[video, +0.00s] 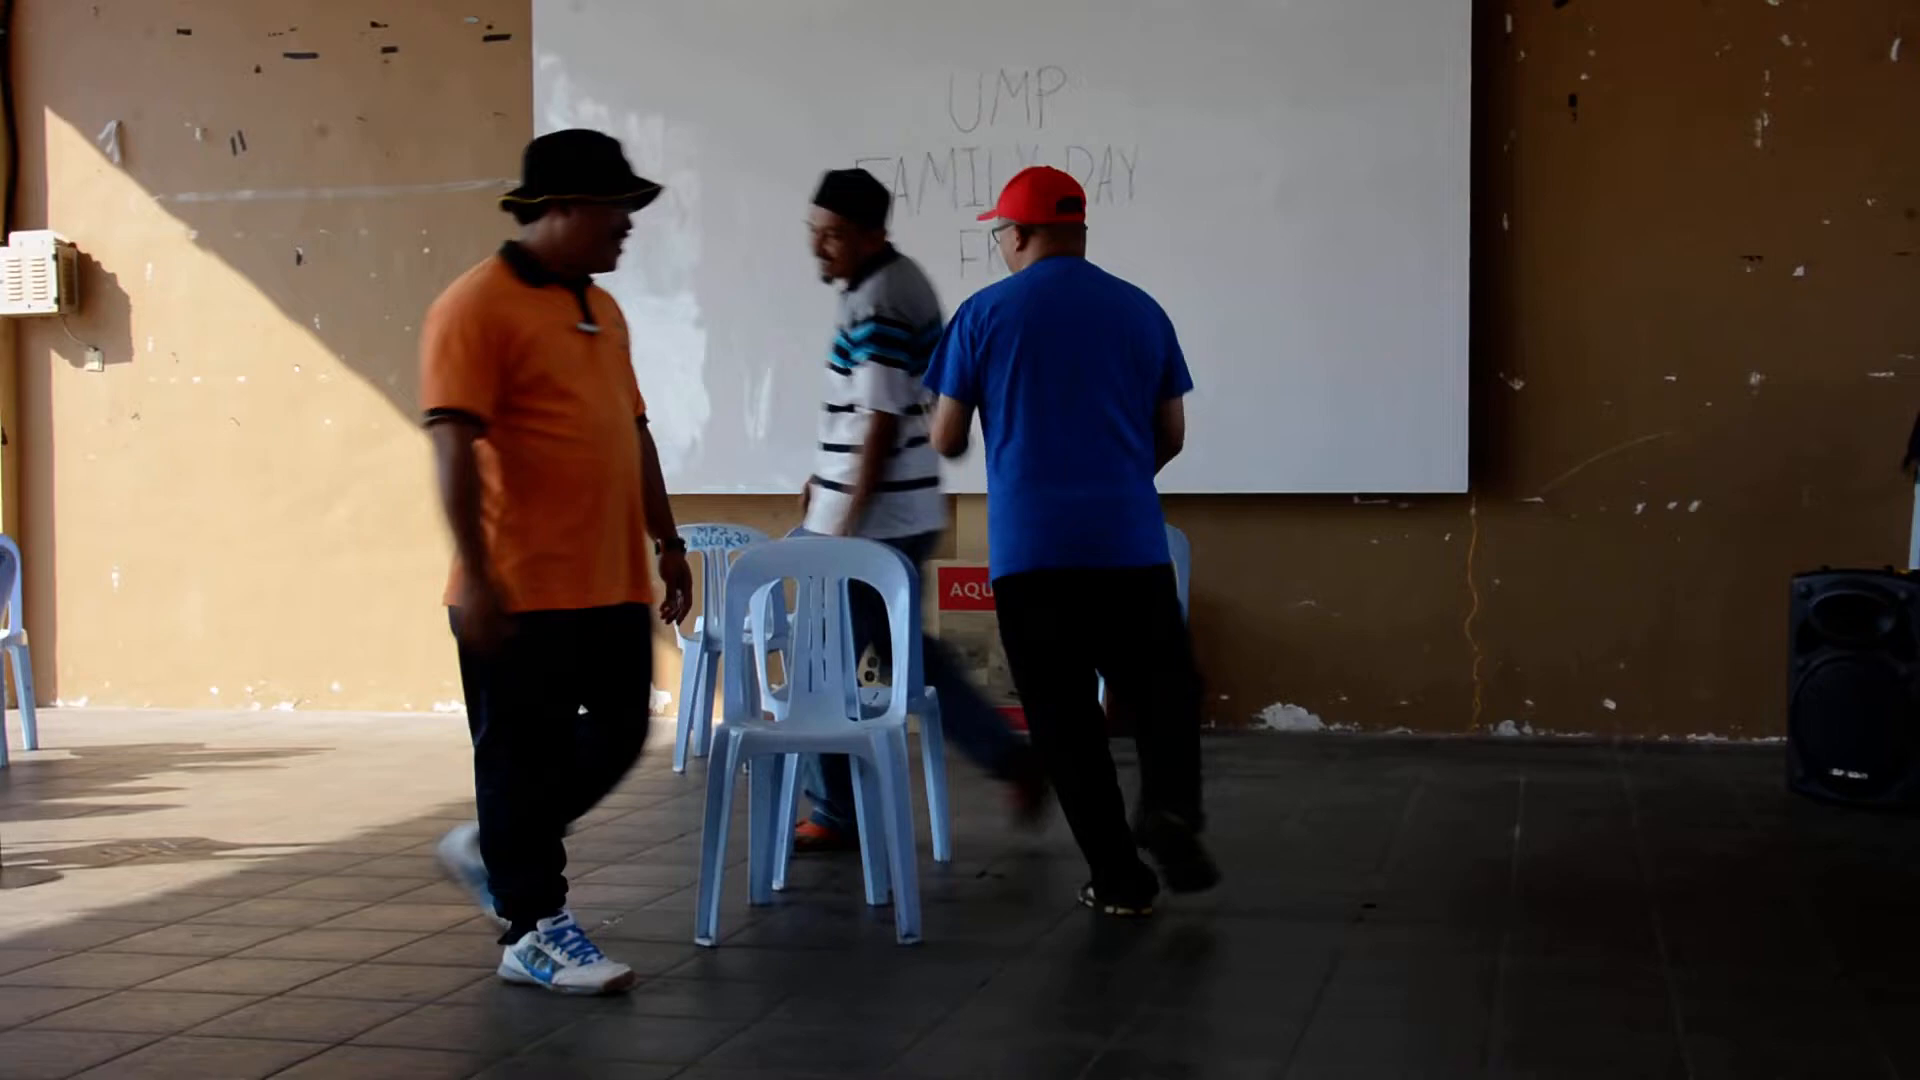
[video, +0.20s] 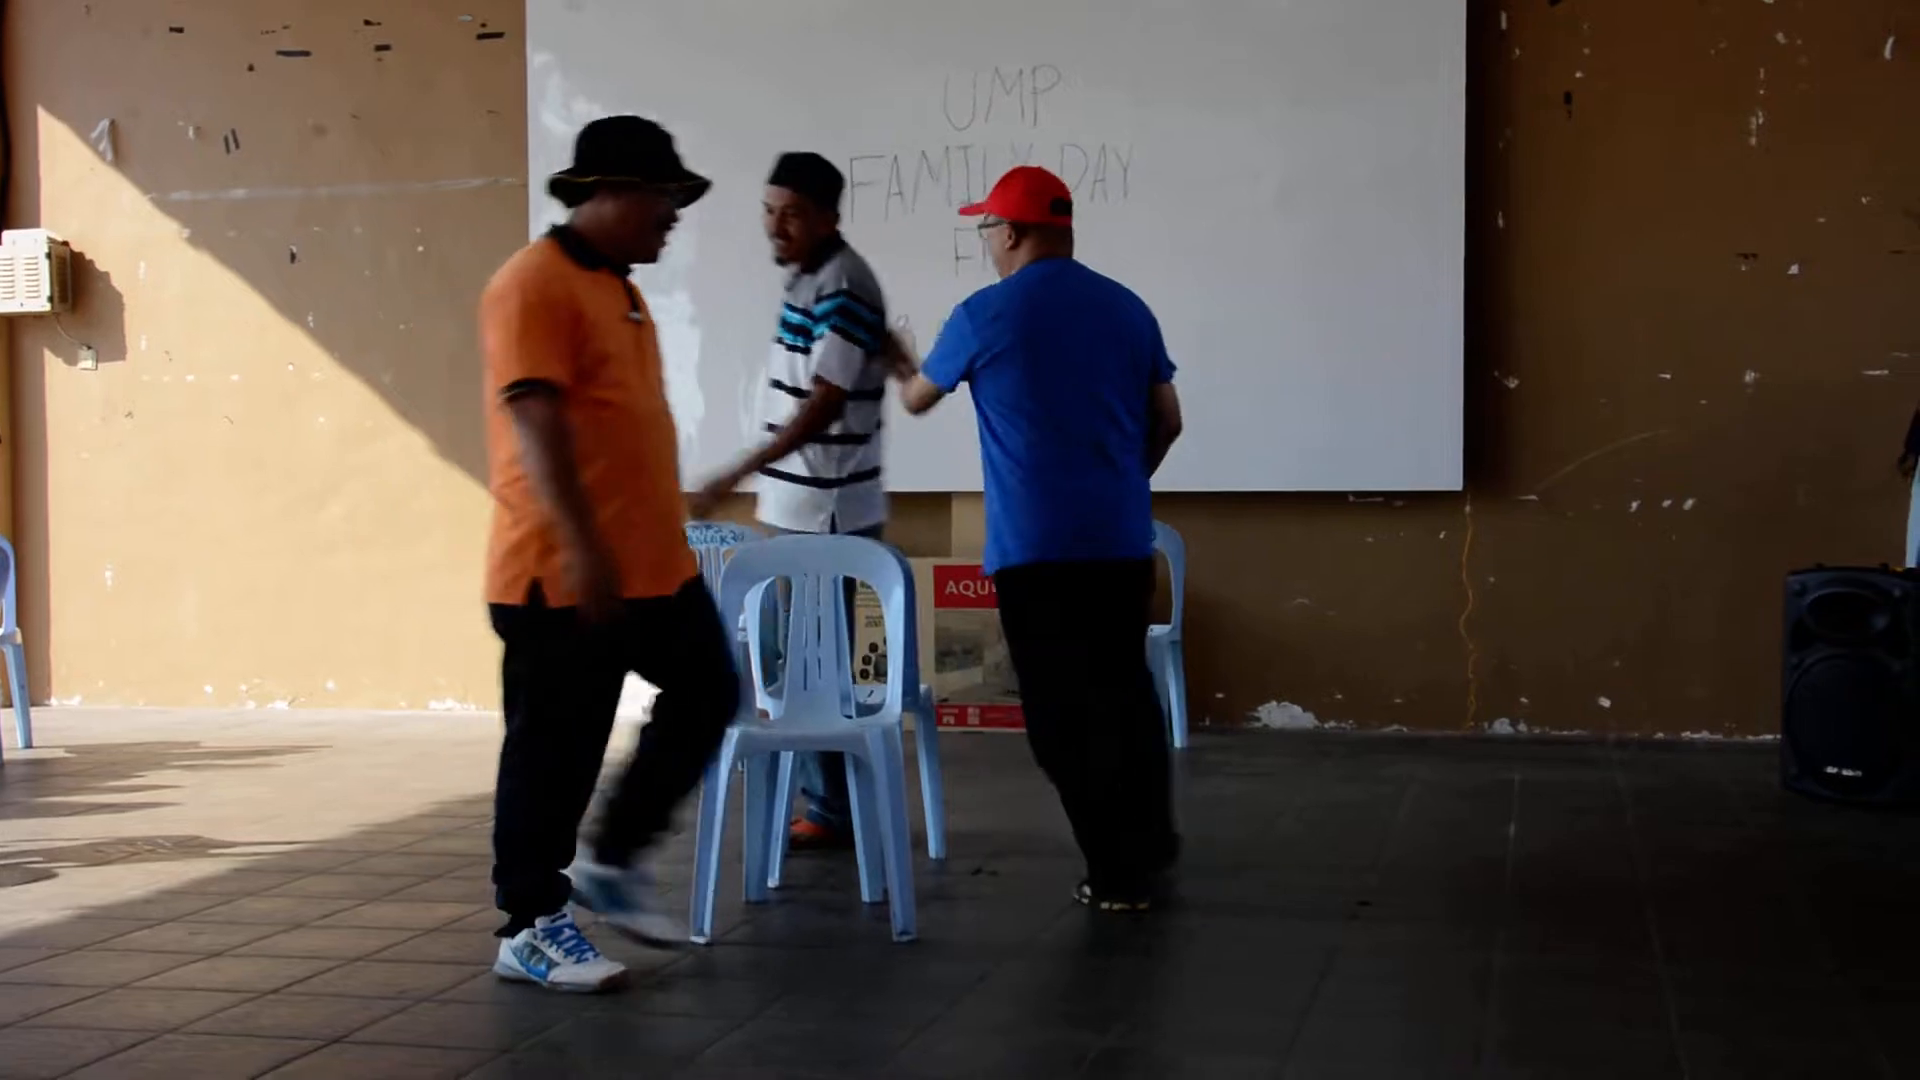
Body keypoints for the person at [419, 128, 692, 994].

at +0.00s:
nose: (626, 229)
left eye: (627, 214)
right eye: (612, 214)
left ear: (584, 215)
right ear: (555, 213)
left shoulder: (602, 311)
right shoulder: (472, 308)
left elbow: (634, 434)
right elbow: (453, 449)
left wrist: (667, 542)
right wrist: (471, 571)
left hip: (609, 579)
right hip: (516, 585)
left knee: (617, 736)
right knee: (524, 762)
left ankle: (489, 846)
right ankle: (533, 928)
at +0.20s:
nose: (672, 221)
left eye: (674, 206)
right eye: (660, 204)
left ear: (628, 203)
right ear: (604, 197)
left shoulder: (617, 291)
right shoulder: (535, 281)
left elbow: (629, 431)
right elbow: (535, 420)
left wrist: (663, 537)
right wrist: (581, 546)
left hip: (646, 564)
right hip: (562, 572)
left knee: (706, 694)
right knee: (553, 746)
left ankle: (610, 857)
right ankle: (529, 922)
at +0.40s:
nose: (754, 234)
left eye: (759, 217)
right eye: (746, 213)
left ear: (696, 209)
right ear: (694, 203)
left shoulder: (679, 289)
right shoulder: (620, 279)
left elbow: (684, 426)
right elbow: (641, 411)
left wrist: (758, 415)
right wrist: (718, 526)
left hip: (695, 566)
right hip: (625, 570)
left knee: (741, 744)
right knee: (584, 753)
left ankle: (811, 910)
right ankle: (527, 920)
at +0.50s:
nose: (784, 226)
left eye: (785, 209)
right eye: (772, 208)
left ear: (732, 208)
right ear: (718, 206)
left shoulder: (714, 289)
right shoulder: (671, 282)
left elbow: (718, 416)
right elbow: (693, 414)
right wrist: (772, 530)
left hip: (741, 573)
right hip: (673, 574)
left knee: (788, 753)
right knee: (623, 752)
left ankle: (825, 915)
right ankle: (536, 906)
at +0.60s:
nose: (828, 225)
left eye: (829, 209)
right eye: (819, 207)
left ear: (773, 209)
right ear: (772, 205)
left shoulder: (760, 283)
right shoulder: (721, 275)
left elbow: (766, 418)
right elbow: (738, 413)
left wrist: (813, 538)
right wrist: (811, 538)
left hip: (783, 564)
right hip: (729, 567)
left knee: (823, 737)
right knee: (720, 728)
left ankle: (826, 917)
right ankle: (583, 867)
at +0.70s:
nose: (865, 223)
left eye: (866, 207)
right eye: (857, 206)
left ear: (801, 205)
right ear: (813, 202)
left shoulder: (787, 278)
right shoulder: (771, 277)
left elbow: (797, 418)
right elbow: (784, 413)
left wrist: (854, 529)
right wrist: (849, 541)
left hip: (811, 553)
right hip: (792, 554)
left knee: (836, 725)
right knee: (835, 724)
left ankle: (827, 917)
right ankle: (683, 837)